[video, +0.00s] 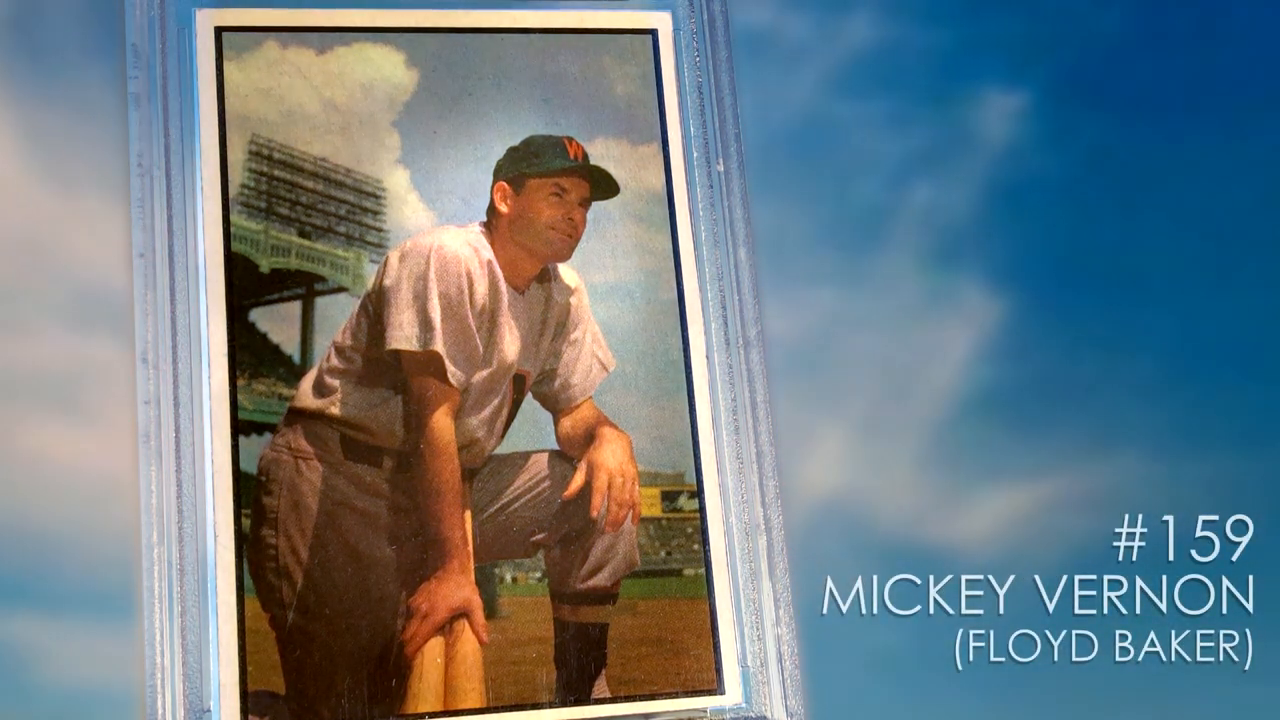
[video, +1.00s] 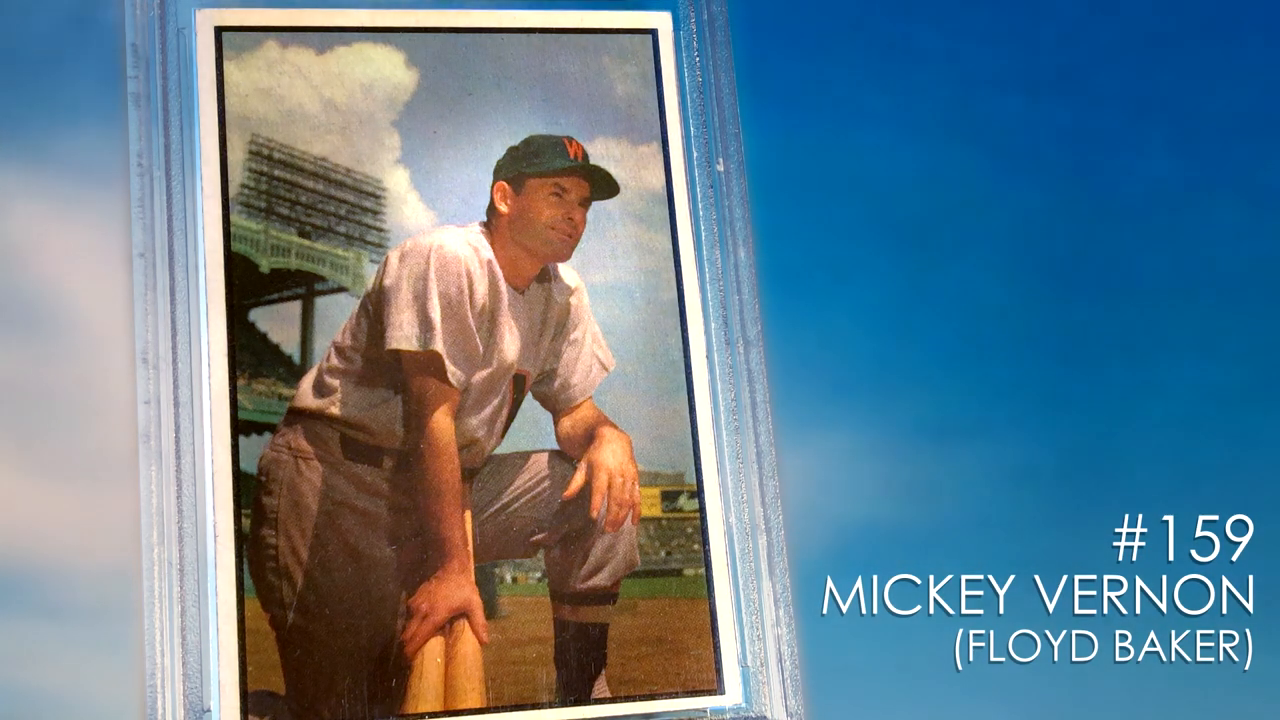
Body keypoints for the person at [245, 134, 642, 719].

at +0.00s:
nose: (576, 216)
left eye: (584, 203)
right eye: (558, 194)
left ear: (587, 217)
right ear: (505, 197)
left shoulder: (560, 296)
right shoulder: (443, 256)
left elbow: (575, 416)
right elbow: (432, 420)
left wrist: (609, 434)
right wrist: (454, 566)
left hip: (439, 487)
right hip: (334, 480)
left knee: (593, 488)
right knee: (349, 703)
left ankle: (580, 698)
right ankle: (243, 707)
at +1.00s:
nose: (577, 216)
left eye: (584, 204)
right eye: (558, 194)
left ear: (586, 218)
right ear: (505, 197)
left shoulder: (559, 295)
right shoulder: (443, 257)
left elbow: (574, 415)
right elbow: (432, 420)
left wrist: (609, 435)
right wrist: (454, 566)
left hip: (439, 486)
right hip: (335, 478)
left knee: (594, 487)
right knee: (347, 701)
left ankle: (581, 695)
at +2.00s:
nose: (577, 215)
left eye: (584, 203)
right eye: (559, 193)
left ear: (586, 217)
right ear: (505, 197)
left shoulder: (559, 295)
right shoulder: (442, 257)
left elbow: (575, 416)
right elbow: (431, 421)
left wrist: (609, 435)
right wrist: (454, 566)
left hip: (440, 487)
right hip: (335, 480)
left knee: (595, 488)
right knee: (347, 704)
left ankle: (580, 696)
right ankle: (236, 706)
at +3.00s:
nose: (576, 216)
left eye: (584, 204)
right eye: (558, 194)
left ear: (587, 217)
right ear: (505, 197)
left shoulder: (560, 296)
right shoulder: (443, 257)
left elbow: (575, 416)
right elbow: (431, 420)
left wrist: (609, 435)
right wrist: (454, 565)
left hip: (440, 487)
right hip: (334, 479)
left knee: (595, 487)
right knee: (351, 700)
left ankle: (580, 695)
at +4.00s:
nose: (576, 215)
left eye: (584, 203)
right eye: (558, 193)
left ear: (587, 217)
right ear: (504, 197)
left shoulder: (560, 296)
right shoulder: (441, 256)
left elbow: (575, 415)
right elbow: (432, 420)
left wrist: (609, 435)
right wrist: (454, 566)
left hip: (439, 486)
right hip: (334, 479)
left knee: (595, 488)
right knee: (348, 702)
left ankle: (581, 694)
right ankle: (237, 706)